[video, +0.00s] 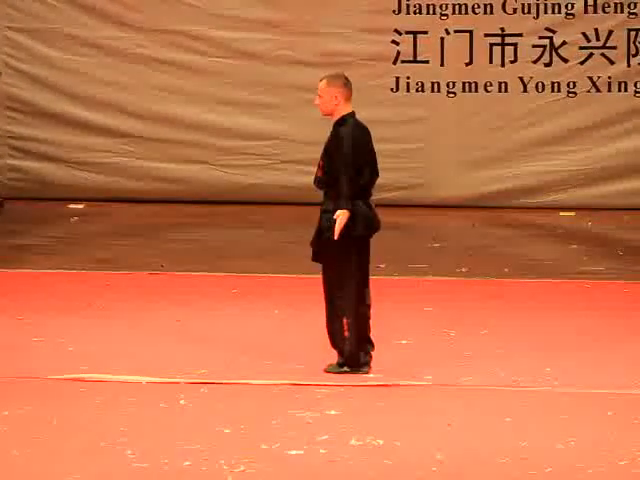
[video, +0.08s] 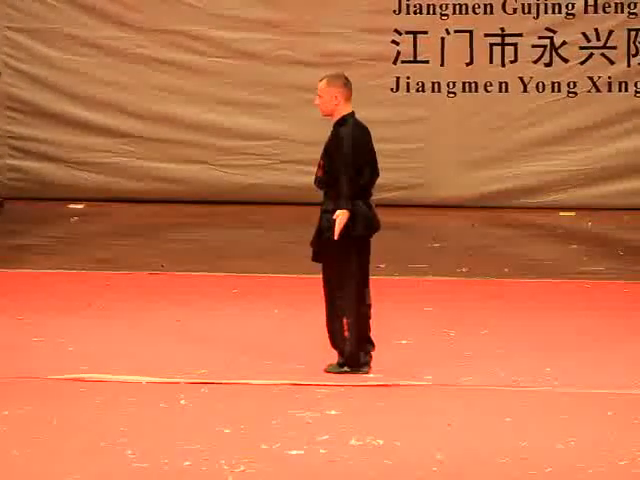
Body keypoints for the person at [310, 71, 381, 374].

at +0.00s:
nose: (316, 100)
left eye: (320, 95)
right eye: (317, 94)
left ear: (337, 97)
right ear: (340, 97)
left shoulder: (344, 131)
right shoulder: (358, 129)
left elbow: (347, 175)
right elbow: (369, 172)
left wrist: (344, 208)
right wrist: (356, 202)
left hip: (341, 223)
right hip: (357, 221)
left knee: (341, 290)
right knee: (356, 288)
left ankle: (349, 354)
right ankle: (360, 349)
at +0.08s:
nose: (316, 101)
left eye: (320, 95)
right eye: (317, 94)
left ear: (337, 97)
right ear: (340, 98)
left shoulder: (345, 132)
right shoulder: (356, 129)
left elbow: (347, 175)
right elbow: (369, 172)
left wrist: (344, 207)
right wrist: (355, 201)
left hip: (342, 223)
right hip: (357, 221)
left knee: (342, 290)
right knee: (356, 288)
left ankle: (350, 354)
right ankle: (360, 348)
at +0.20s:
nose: (316, 101)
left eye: (320, 95)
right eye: (317, 95)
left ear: (336, 97)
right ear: (340, 98)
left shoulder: (344, 131)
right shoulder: (358, 129)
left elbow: (346, 175)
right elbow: (369, 172)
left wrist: (343, 207)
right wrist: (356, 202)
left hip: (342, 221)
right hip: (357, 220)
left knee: (342, 288)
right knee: (356, 287)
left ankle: (349, 353)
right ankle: (359, 347)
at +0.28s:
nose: (316, 100)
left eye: (319, 94)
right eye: (317, 94)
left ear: (335, 96)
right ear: (340, 97)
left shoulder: (343, 131)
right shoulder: (357, 128)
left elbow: (347, 174)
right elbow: (369, 171)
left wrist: (343, 207)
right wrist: (356, 201)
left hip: (341, 221)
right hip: (358, 220)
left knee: (342, 288)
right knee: (356, 287)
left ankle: (349, 353)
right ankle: (359, 347)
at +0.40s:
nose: (315, 100)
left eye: (319, 94)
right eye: (316, 94)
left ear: (335, 97)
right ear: (340, 98)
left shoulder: (343, 132)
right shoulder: (357, 129)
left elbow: (345, 175)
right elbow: (369, 172)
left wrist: (343, 207)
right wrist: (355, 202)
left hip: (340, 222)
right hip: (357, 220)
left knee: (341, 289)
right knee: (355, 287)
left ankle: (349, 353)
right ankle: (359, 347)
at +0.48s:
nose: (314, 100)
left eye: (318, 94)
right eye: (315, 94)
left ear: (335, 97)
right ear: (339, 98)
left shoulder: (341, 132)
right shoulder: (357, 130)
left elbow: (345, 175)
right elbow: (368, 172)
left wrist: (342, 207)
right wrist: (354, 201)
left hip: (340, 222)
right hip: (357, 220)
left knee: (340, 290)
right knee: (356, 289)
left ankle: (348, 354)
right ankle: (359, 349)